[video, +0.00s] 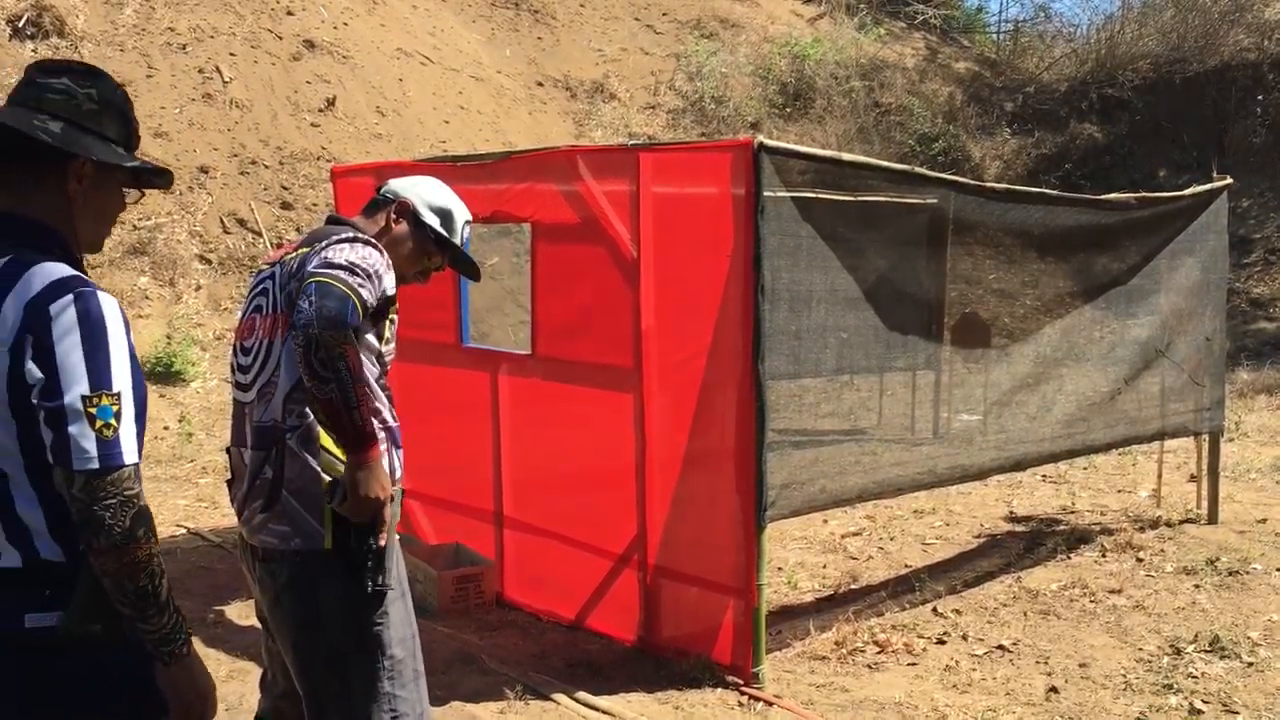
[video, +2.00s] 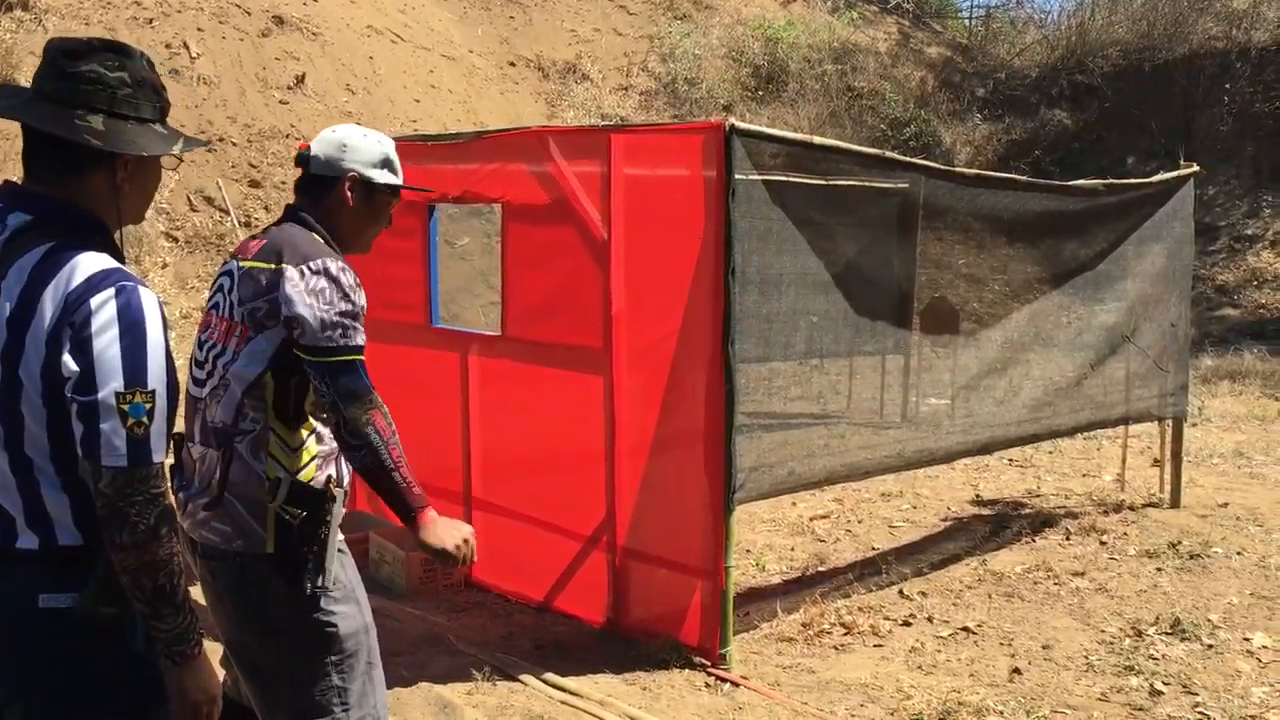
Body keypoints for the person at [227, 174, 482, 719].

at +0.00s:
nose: (424, 275)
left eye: (436, 266)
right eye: (427, 255)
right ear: (397, 218)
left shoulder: (280, 267)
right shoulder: (358, 251)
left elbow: (253, 410)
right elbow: (323, 326)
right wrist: (367, 456)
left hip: (277, 541)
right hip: (336, 539)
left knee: (293, 705)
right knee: (384, 707)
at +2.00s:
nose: (390, 220)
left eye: (394, 205)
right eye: (388, 202)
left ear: (329, 190)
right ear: (349, 193)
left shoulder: (251, 255)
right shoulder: (320, 272)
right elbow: (358, 414)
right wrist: (423, 518)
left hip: (228, 532)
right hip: (288, 540)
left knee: (264, 695)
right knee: (345, 702)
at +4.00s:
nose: (400, 223)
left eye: (401, 208)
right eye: (395, 207)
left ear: (334, 202)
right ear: (357, 207)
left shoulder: (265, 267)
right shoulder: (337, 287)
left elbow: (275, 407)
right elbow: (352, 431)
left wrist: (335, 494)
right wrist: (402, 544)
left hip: (221, 528)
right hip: (279, 538)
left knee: (286, 693)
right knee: (363, 696)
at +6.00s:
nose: (406, 228)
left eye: (407, 213)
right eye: (400, 212)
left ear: (340, 210)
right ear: (360, 211)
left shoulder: (274, 270)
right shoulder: (339, 291)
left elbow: (281, 413)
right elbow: (353, 435)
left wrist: (343, 509)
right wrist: (402, 547)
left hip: (224, 526)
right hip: (281, 540)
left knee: (276, 686)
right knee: (366, 698)